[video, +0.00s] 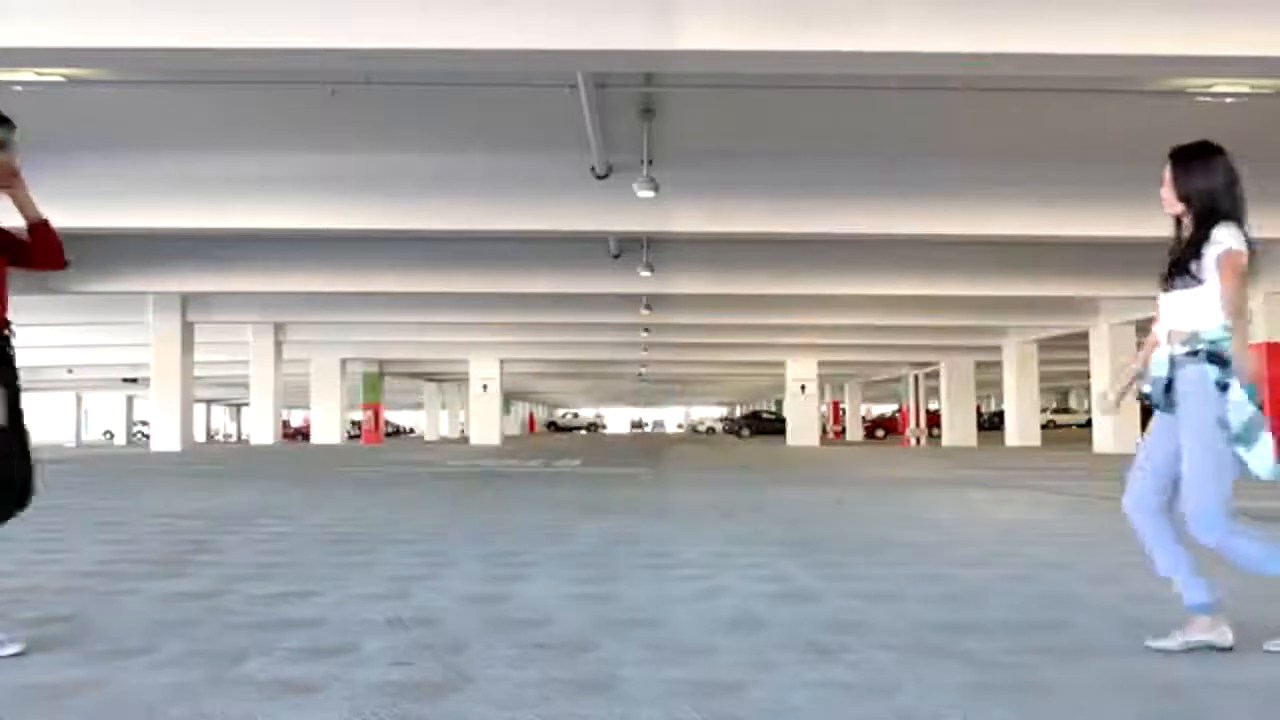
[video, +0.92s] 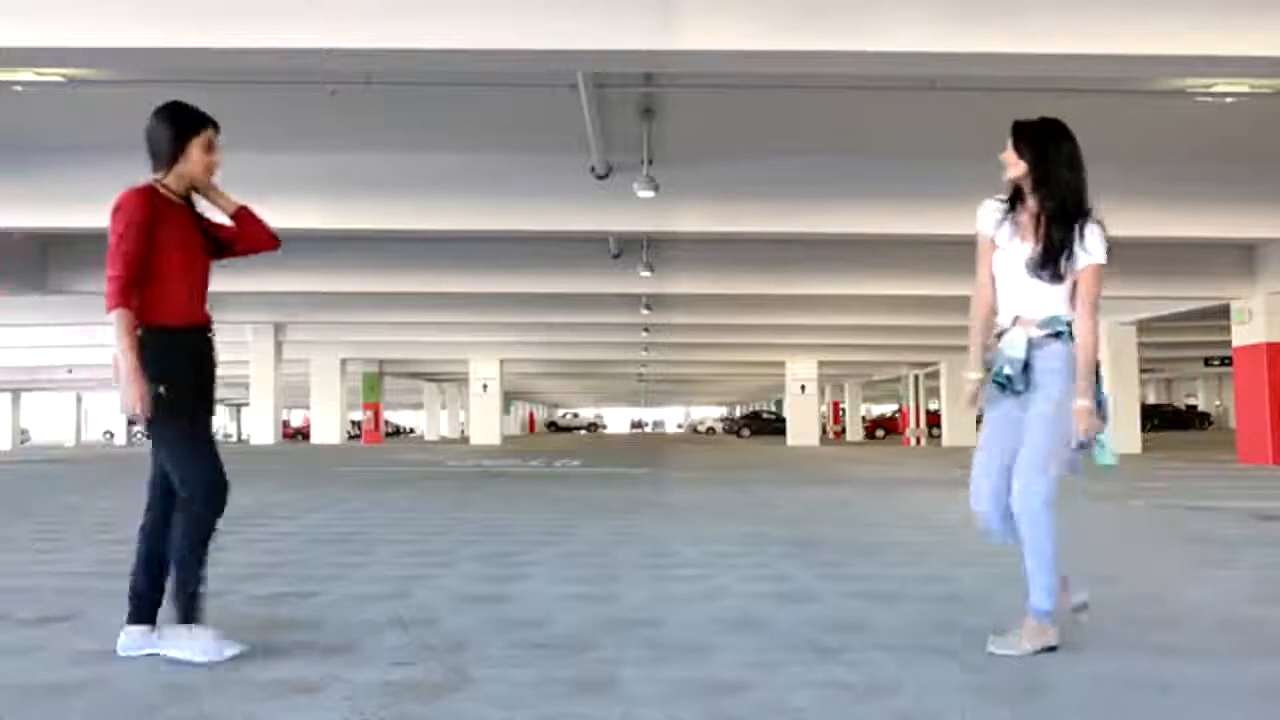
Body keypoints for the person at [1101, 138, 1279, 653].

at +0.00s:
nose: (1162, 187)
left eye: (1170, 179)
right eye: (1164, 178)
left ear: (1193, 185)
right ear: (1199, 186)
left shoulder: (1224, 236)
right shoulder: (1190, 243)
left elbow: (1237, 317)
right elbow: (1166, 322)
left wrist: (1247, 391)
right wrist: (1138, 373)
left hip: (1206, 381)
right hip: (1175, 382)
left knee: (1207, 521)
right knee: (1141, 500)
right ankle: (1204, 618)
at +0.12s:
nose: (1137, 172)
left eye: (1144, 164)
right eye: (1139, 163)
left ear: (1170, 169)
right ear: (1175, 169)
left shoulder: (1198, 224)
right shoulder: (1169, 228)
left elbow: (1196, 309)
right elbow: (1157, 311)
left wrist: (1179, 376)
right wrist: (1138, 373)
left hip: (1186, 370)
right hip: (1160, 370)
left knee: (1165, 505)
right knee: (1145, 502)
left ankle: (1262, 581)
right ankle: (1202, 615)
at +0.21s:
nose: (1122, 161)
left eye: (1131, 153)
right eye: (1125, 152)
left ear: (1156, 158)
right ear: (1155, 160)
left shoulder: (1187, 215)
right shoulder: (1145, 218)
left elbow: (1172, 299)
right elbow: (1143, 303)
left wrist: (1143, 368)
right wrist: (1109, 349)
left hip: (1183, 355)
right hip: (1161, 355)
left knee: (1132, 483)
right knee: (1163, 488)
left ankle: (1203, 602)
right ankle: (1204, 615)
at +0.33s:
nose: (1100, 155)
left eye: (1109, 147)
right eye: (1102, 146)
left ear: (1137, 152)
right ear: (1135, 154)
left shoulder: (1171, 209)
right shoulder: (1112, 216)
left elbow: (1144, 296)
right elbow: (1095, 288)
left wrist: (1101, 360)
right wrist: (1074, 332)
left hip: (1168, 351)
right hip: (1136, 353)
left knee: (1125, 475)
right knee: (1171, 487)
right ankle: (1205, 615)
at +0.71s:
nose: (1037, 162)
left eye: (1046, 154)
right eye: (1039, 153)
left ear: (1075, 159)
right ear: (1067, 160)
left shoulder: (1115, 225)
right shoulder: (1034, 218)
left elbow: (1098, 316)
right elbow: (1023, 296)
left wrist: (1069, 392)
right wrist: (1020, 360)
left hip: (1099, 366)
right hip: (1053, 364)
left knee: (1050, 489)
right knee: (1092, 503)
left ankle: (1039, 621)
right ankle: (1179, 594)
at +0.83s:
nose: (1016, 166)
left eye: (1026, 158)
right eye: (1019, 157)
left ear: (1052, 169)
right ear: (1035, 167)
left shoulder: (1092, 238)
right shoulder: (1011, 218)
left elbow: (1090, 329)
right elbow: (998, 297)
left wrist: (1081, 408)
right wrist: (997, 370)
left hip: (1071, 367)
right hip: (1023, 366)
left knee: (1041, 494)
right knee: (1017, 496)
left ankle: (1040, 619)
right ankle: (1120, 573)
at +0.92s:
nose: (1004, 157)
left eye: (1014, 150)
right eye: (1007, 149)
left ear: (1039, 161)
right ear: (1028, 161)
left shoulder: (1083, 231)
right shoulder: (995, 215)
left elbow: (1086, 315)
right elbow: (984, 296)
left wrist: (1085, 396)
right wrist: (977, 366)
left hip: (1056, 358)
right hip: (1008, 359)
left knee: (1031, 489)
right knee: (988, 501)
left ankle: (1041, 621)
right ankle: (1058, 586)